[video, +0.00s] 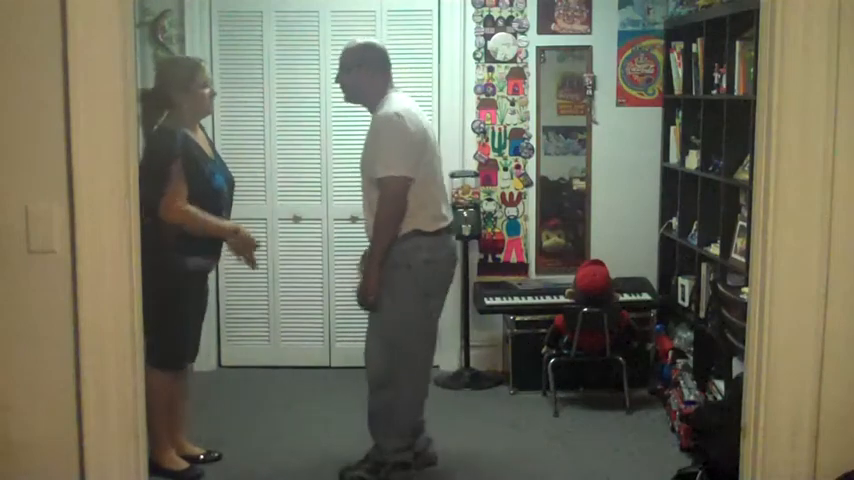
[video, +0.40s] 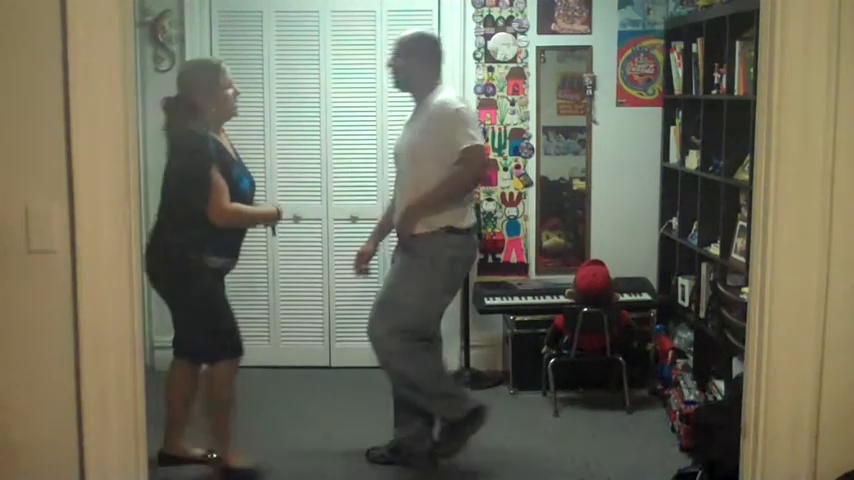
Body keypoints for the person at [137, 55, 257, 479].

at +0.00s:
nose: (211, 91)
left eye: (210, 85)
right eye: (203, 87)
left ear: (196, 94)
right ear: (179, 94)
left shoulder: (197, 133)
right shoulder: (169, 139)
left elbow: (199, 200)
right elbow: (171, 209)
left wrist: (232, 235)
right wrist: (229, 231)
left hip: (193, 264)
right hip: (169, 266)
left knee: (181, 358)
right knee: (164, 360)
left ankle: (178, 439)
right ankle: (162, 449)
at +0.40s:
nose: (235, 91)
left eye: (232, 85)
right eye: (227, 87)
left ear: (206, 98)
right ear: (205, 96)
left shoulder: (214, 136)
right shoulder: (199, 144)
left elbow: (225, 197)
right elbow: (219, 211)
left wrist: (257, 210)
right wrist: (265, 214)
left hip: (192, 259)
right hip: (186, 263)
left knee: (189, 351)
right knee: (226, 350)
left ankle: (173, 445)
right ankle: (223, 454)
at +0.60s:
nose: (257, 96)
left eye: (254, 90)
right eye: (249, 91)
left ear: (226, 102)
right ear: (225, 101)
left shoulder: (233, 142)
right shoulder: (219, 147)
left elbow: (257, 175)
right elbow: (224, 213)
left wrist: (295, 178)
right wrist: (279, 225)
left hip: (219, 265)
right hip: (214, 269)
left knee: (203, 356)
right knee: (264, 352)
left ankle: (176, 443)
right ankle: (288, 451)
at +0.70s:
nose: (269, 98)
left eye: (266, 92)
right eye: (260, 94)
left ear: (241, 105)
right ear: (237, 104)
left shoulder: (250, 144)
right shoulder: (234, 148)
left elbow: (279, 171)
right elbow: (230, 214)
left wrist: (324, 165)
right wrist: (289, 231)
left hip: (245, 269)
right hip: (228, 271)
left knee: (230, 356)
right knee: (276, 356)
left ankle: (182, 437)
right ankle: (289, 452)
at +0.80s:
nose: (283, 98)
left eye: (280, 92)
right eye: (275, 93)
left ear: (255, 103)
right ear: (252, 103)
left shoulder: (270, 143)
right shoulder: (246, 146)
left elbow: (306, 167)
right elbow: (239, 211)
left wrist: (353, 157)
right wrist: (299, 232)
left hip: (269, 267)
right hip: (245, 269)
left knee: (282, 353)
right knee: (284, 354)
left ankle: (216, 411)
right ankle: (290, 455)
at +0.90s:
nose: (295, 98)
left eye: (292, 92)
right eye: (287, 94)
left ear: (276, 104)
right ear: (263, 104)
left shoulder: (295, 144)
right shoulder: (254, 148)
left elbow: (329, 161)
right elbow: (244, 212)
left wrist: (376, 147)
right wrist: (303, 225)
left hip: (290, 265)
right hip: (253, 268)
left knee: (325, 350)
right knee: (290, 358)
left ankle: (278, 415)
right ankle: (288, 447)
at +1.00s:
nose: (306, 98)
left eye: (303, 92)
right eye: (298, 93)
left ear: (289, 103)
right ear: (273, 104)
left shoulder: (315, 144)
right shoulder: (260, 154)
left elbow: (354, 156)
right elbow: (247, 217)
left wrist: (395, 144)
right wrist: (302, 223)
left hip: (309, 265)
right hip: (263, 268)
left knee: (343, 349)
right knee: (291, 362)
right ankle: (289, 454)